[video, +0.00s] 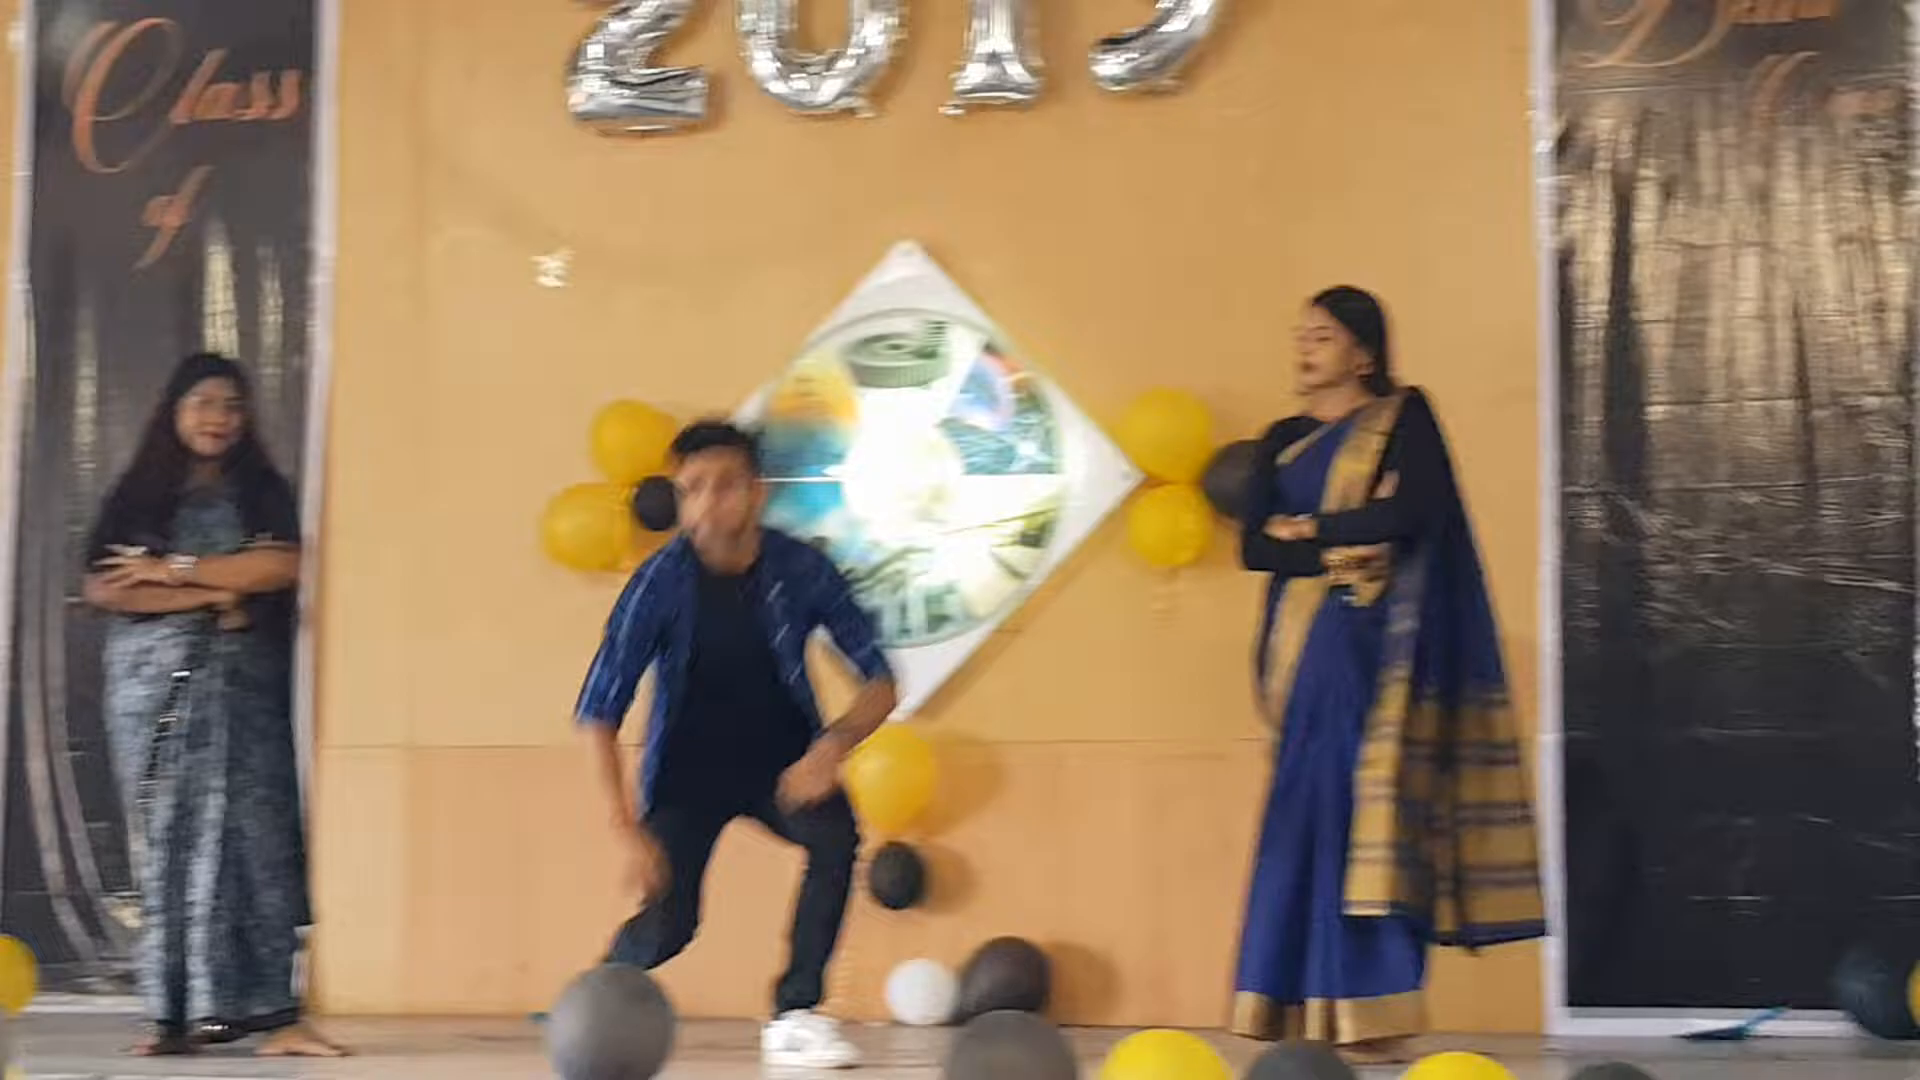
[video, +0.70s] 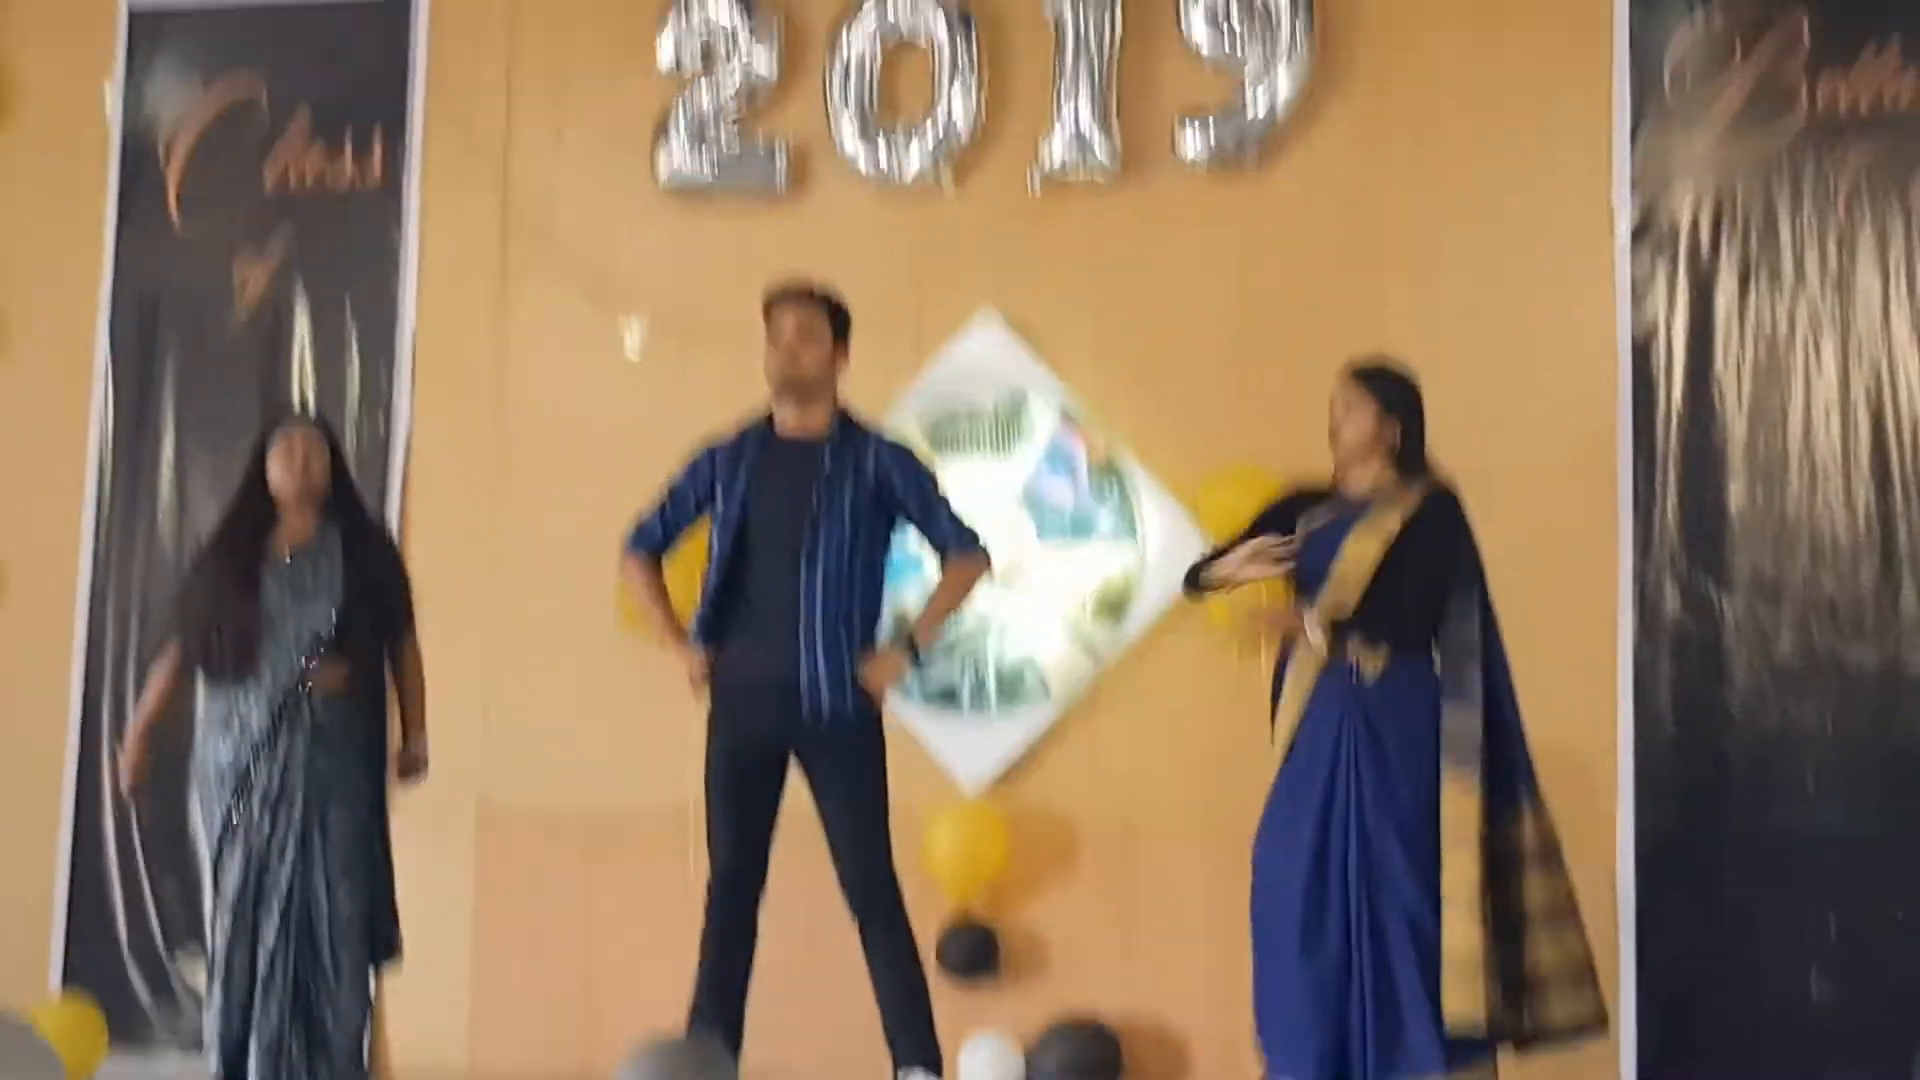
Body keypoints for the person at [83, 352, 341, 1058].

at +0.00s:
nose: (219, 419)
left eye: (231, 406)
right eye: (204, 405)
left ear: (245, 416)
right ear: (174, 413)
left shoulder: (262, 486)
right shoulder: (139, 492)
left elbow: (286, 566)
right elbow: (102, 587)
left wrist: (175, 568)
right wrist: (207, 595)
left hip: (244, 689)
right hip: (157, 690)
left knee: (251, 839)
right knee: (172, 843)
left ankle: (267, 1012)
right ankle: (179, 1013)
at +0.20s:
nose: (279, 399)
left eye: (292, 388)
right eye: (265, 385)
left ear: (307, 398)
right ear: (239, 392)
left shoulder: (330, 469)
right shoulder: (205, 470)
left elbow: (358, 560)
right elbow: (162, 573)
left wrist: (268, 571)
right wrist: (272, 568)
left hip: (308, 675)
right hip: (220, 677)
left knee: (321, 821)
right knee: (229, 823)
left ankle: (336, 995)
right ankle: (226, 994)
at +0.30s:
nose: (298, 385)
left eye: (311, 374)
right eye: (285, 371)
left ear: (326, 385)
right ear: (258, 378)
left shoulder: (350, 458)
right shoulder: (224, 460)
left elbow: (380, 556)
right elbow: (177, 566)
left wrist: (322, 602)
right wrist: (261, 580)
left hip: (329, 665)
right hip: (243, 667)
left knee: (341, 814)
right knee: (250, 814)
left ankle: (353, 990)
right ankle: (248, 988)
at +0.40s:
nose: (298, 371)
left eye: (311, 360)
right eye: (284, 358)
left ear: (328, 372)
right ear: (259, 367)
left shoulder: (354, 449)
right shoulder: (227, 447)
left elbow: (387, 549)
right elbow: (174, 546)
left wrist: (367, 638)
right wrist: (212, 618)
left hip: (333, 652)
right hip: (247, 651)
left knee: (343, 809)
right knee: (247, 806)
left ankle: (350, 979)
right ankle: (238, 977)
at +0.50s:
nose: (296, 369)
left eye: (310, 360)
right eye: (284, 357)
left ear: (330, 374)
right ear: (260, 369)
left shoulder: (361, 457)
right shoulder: (226, 454)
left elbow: (398, 565)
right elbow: (183, 569)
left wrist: (404, 665)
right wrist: (161, 674)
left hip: (336, 657)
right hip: (245, 656)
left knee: (343, 807)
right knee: (249, 807)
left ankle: (350, 982)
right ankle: (238, 979)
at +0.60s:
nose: (295, 415)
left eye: (309, 405)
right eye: (281, 404)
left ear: (329, 422)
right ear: (258, 421)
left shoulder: (362, 505)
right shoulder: (225, 508)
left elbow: (403, 602)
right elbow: (178, 619)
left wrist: (417, 700)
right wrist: (136, 712)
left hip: (332, 714)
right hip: (238, 713)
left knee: (336, 863)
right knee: (242, 862)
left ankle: (342, 1033)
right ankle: (235, 1030)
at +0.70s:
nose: (299, 460)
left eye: (312, 450)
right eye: (286, 450)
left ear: (334, 466)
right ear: (263, 468)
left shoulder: (366, 547)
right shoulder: (232, 550)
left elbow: (401, 641)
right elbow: (180, 648)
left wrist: (413, 731)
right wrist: (135, 737)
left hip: (333, 762)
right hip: (240, 761)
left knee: (335, 921)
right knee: (246, 919)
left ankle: (331, 1064)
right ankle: (247, 1063)